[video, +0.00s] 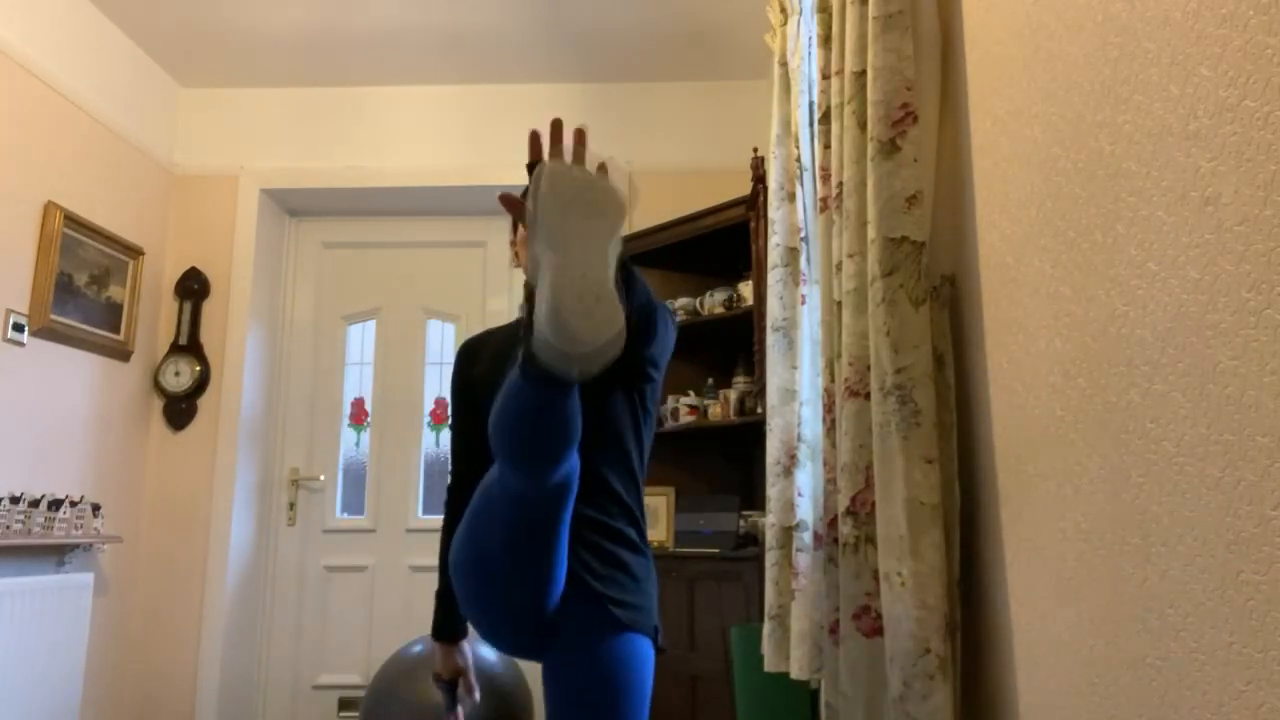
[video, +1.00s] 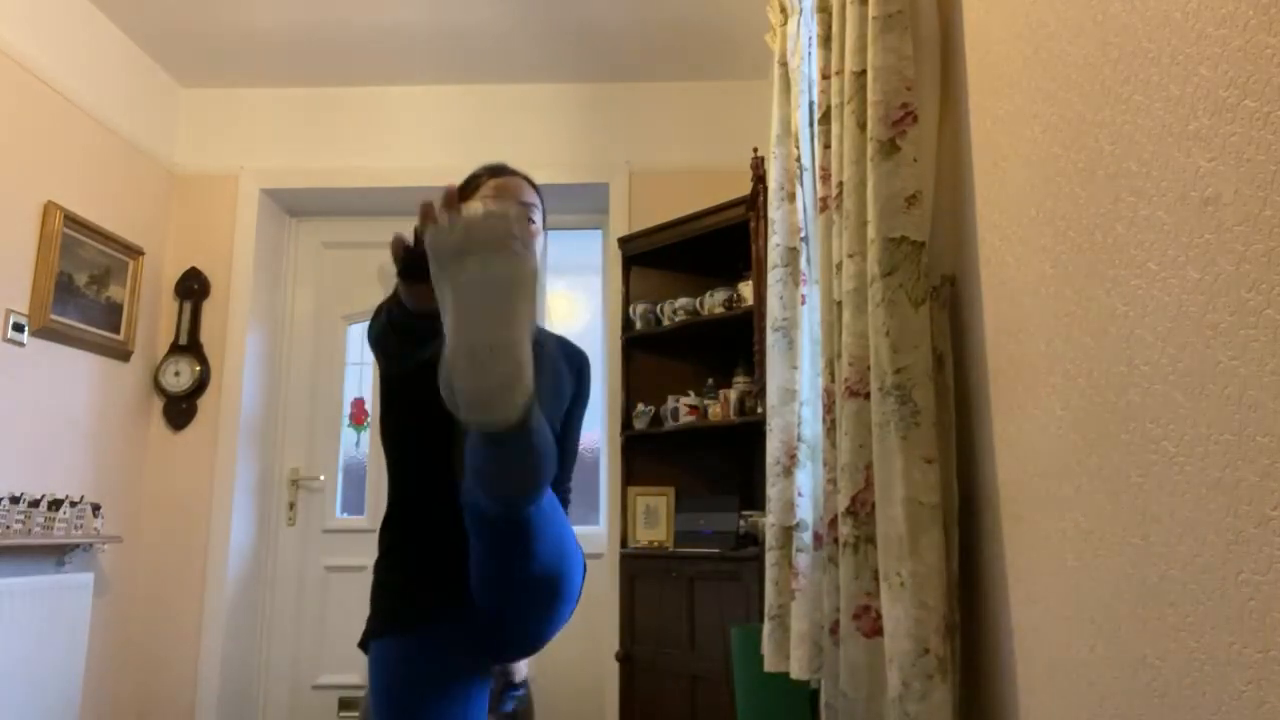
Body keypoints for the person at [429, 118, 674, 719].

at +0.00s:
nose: (545, 244)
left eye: (563, 233)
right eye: (530, 231)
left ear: (596, 250)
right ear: (515, 248)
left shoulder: (642, 339)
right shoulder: (481, 354)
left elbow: (633, 303)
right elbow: (463, 489)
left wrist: (577, 235)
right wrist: (448, 629)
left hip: (610, 598)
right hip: (502, 598)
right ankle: (559, 352)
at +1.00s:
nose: (515, 226)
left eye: (530, 216)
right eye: (496, 211)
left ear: (543, 238)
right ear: (459, 225)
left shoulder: (564, 359)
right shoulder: (408, 328)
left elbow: (554, 493)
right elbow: (395, 334)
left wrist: (517, 647)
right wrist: (417, 300)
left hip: (520, 602)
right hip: (419, 599)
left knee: (523, 509)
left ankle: (494, 411)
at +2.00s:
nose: (546, 220)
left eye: (563, 206)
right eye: (530, 206)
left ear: (593, 228)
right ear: (505, 222)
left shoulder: (631, 323)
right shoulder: (465, 340)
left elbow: (632, 325)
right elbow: (438, 487)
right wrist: (414, 630)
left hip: (593, 598)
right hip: (484, 600)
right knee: (497, 501)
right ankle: (507, 392)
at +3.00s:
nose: (521, 220)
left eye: (538, 211)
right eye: (500, 204)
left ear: (549, 238)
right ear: (461, 227)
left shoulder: (575, 352)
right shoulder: (422, 322)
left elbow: (573, 478)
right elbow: (385, 348)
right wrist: (401, 335)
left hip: (533, 600)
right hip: (426, 596)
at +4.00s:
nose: (568, 218)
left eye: (587, 206)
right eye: (549, 204)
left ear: (609, 236)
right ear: (521, 231)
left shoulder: (630, 326)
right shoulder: (478, 333)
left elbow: (674, 349)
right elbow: (453, 471)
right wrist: (425, 605)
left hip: (604, 582)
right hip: (497, 573)